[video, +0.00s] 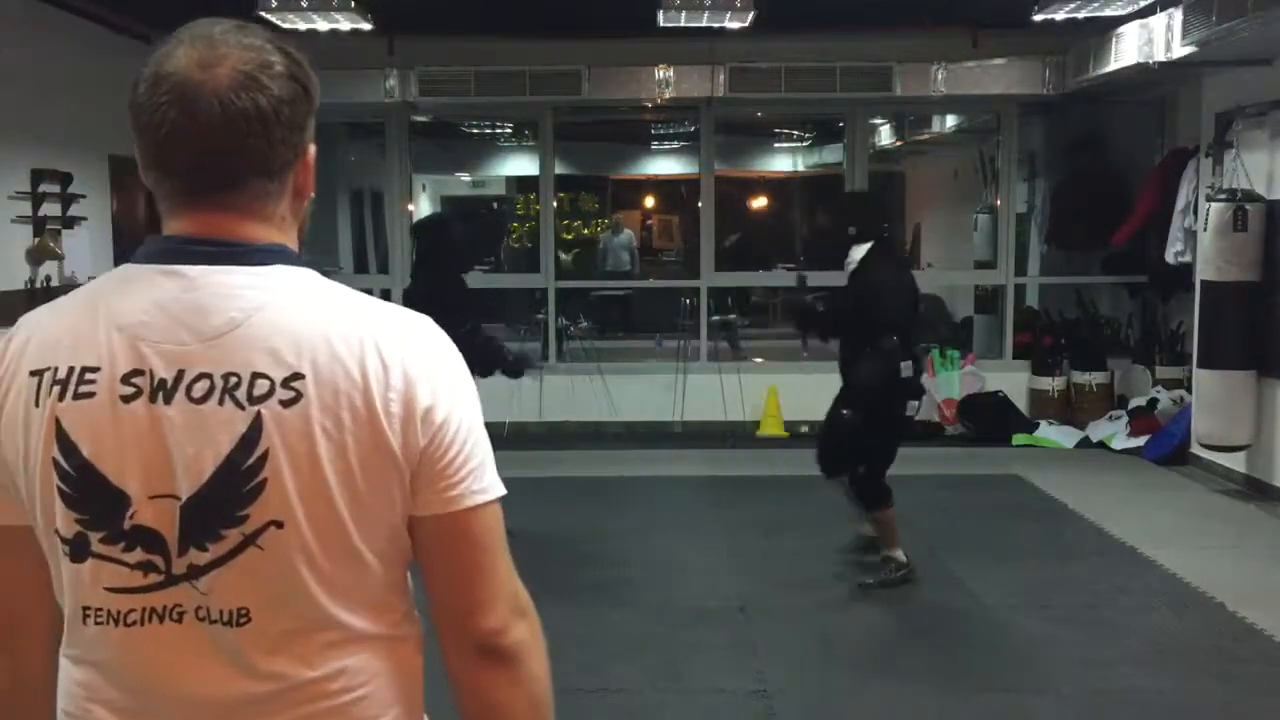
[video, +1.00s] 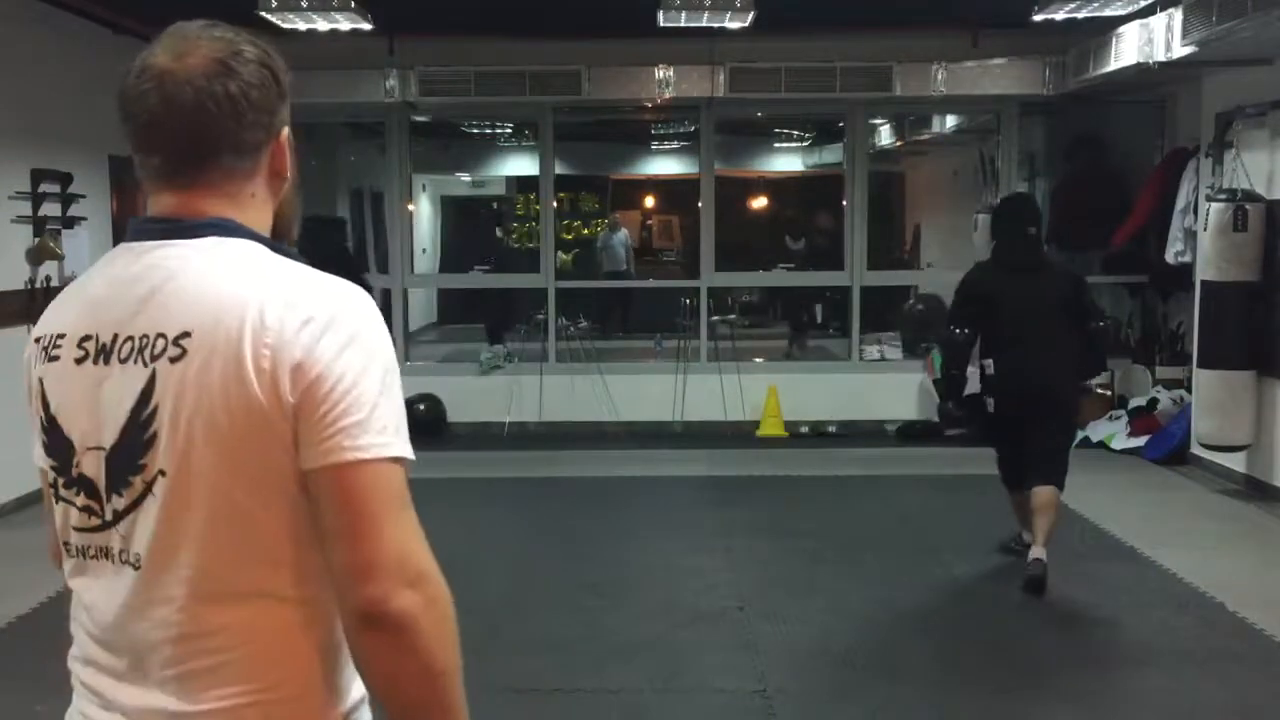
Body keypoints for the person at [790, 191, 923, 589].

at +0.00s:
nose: (829, 239)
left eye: (835, 230)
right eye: (828, 229)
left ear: (852, 230)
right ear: (878, 229)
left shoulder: (868, 274)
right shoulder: (894, 269)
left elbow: (846, 326)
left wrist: (806, 315)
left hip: (873, 389)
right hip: (892, 385)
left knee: (865, 472)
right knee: (838, 457)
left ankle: (895, 556)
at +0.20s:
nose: (866, 228)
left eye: (871, 219)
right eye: (867, 219)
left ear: (885, 221)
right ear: (913, 218)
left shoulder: (897, 264)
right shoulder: (926, 258)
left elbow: (883, 331)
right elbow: (936, 324)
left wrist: (846, 318)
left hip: (897, 386)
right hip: (928, 382)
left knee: (888, 471)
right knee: (924, 467)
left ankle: (897, 559)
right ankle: (993, 528)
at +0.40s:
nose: (909, 235)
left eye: (914, 227)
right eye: (911, 226)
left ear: (931, 226)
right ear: (957, 224)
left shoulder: (930, 266)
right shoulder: (978, 263)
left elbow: (923, 337)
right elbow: (980, 328)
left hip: (938, 391)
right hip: (981, 387)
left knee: (912, 471)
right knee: (989, 474)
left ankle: (901, 559)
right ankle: (1029, 555)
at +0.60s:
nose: (950, 239)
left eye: (952, 231)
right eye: (951, 231)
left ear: (961, 230)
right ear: (1001, 224)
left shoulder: (956, 275)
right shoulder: (1031, 272)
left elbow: (944, 343)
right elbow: (1051, 335)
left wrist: (941, 397)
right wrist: (1036, 369)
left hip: (975, 393)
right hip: (1026, 392)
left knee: (940, 469)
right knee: (1031, 475)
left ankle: (917, 550)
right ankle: (1044, 564)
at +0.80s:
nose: (983, 227)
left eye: (983, 220)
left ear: (985, 223)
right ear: (1027, 221)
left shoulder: (971, 271)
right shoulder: (1056, 269)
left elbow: (954, 339)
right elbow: (1080, 329)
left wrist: (949, 389)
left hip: (992, 384)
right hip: (1044, 383)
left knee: (981, 461)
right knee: (1041, 469)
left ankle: (988, 536)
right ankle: (1042, 560)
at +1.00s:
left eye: (1002, 228)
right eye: (1031, 228)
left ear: (997, 231)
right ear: (1037, 230)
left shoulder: (981, 278)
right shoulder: (1064, 276)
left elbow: (957, 342)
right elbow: (1093, 334)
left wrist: (954, 393)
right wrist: (1077, 373)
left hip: (1007, 385)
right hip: (1057, 385)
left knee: (1013, 465)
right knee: (1048, 468)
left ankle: (1029, 537)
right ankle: (1039, 550)